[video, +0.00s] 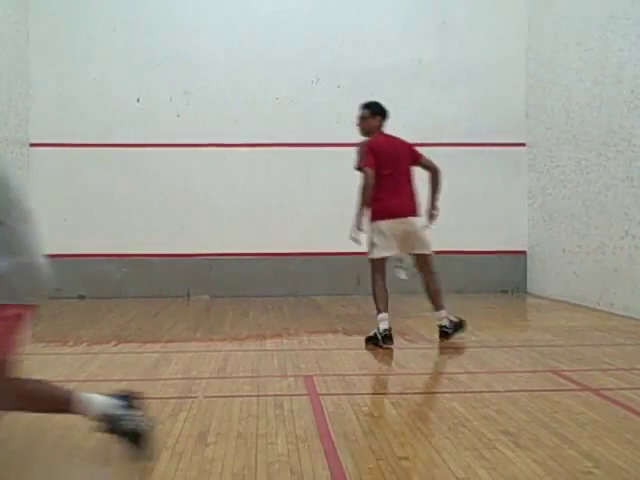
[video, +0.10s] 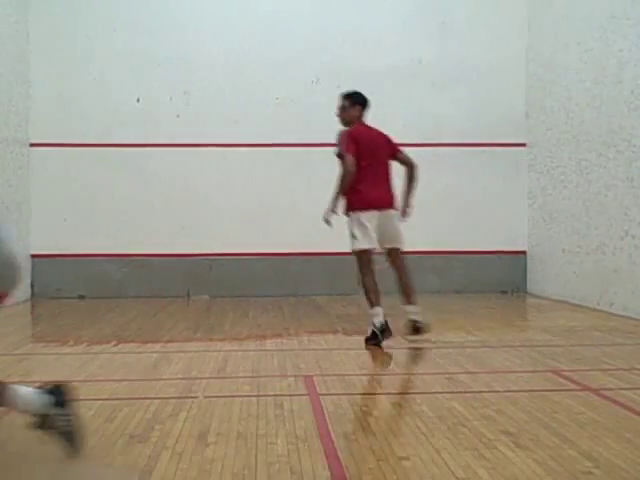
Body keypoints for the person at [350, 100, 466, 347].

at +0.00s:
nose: (359, 123)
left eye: (363, 119)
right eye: (359, 118)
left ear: (377, 119)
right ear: (380, 121)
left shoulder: (368, 146)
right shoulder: (401, 145)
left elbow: (369, 180)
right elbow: (433, 169)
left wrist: (360, 217)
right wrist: (434, 204)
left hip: (380, 217)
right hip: (408, 215)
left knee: (378, 272)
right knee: (426, 268)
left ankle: (383, 328)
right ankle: (444, 321)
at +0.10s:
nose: (339, 113)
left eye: (343, 109)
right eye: (340, 108)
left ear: (357, 110)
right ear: (361, 110)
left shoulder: (347, 136)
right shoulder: (380, 136)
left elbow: (350, 169)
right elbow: (410, 164)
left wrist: (334, 203)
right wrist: (406, 201)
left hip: (360, 209)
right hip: (386, 206)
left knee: (365, 266)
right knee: (397, 259)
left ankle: (378, 322)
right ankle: (413, 315)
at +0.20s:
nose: (318, 106)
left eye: (322, 102)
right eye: (319, 101)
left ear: (335, 104)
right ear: (338, 105)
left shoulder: (327, 129)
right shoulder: (359, 131)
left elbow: (330, 163)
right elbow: (384, 165)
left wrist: (312, 199)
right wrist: (375, 194)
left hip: (342, 200)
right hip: (367, 200)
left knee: (335, 255)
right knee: (368, 253)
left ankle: (356, 310)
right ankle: (382, 310)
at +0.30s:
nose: (297, 116)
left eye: (300, 112)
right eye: (297, 112)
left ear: (310, 113)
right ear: (318, 115)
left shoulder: (307, 138)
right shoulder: (335, 140)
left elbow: (307, 177)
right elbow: (356, 179)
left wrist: (288, 215)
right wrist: (340, 201)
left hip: (323, 209)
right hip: (347, 209)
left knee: (299, 257)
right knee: (349, 259)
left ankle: (303, 316)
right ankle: (368, 319)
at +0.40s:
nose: (272, 134)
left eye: (274, 129)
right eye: (273, 129)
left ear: (282, 130)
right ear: (291, 131)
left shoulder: (285, 155)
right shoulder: (307, 155)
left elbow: (281, 194)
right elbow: (320, 193)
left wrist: (261, 229)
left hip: (302, 225)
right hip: (325, 225)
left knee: (261, 262)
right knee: (342, 278)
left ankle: (242, 319)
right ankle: (367, 327)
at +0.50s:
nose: (239, 140)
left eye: (240, 136)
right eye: (240, 135)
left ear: (245, 137)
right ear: (260, 137)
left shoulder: (252, 161)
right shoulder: (272, 160)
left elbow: (254, 200)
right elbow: (278, 201)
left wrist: (236, 232)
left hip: (267, 230)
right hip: (288, 231)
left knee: (229, 267)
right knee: (301, 284)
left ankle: (212, 329)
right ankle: (347, 315)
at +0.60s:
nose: (207, 145)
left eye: (209, 140)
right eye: (209, 140)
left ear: (213, 142)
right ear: (228, 140)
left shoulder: (224, 164)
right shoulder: (237, 163)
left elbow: (227, 203)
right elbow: (233, 204)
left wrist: (212, 232)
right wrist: (211, 228)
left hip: (241, 229)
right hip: (258, 231)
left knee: (203, 268)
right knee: (247, 288)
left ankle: (210, 329)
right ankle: (297, 304)